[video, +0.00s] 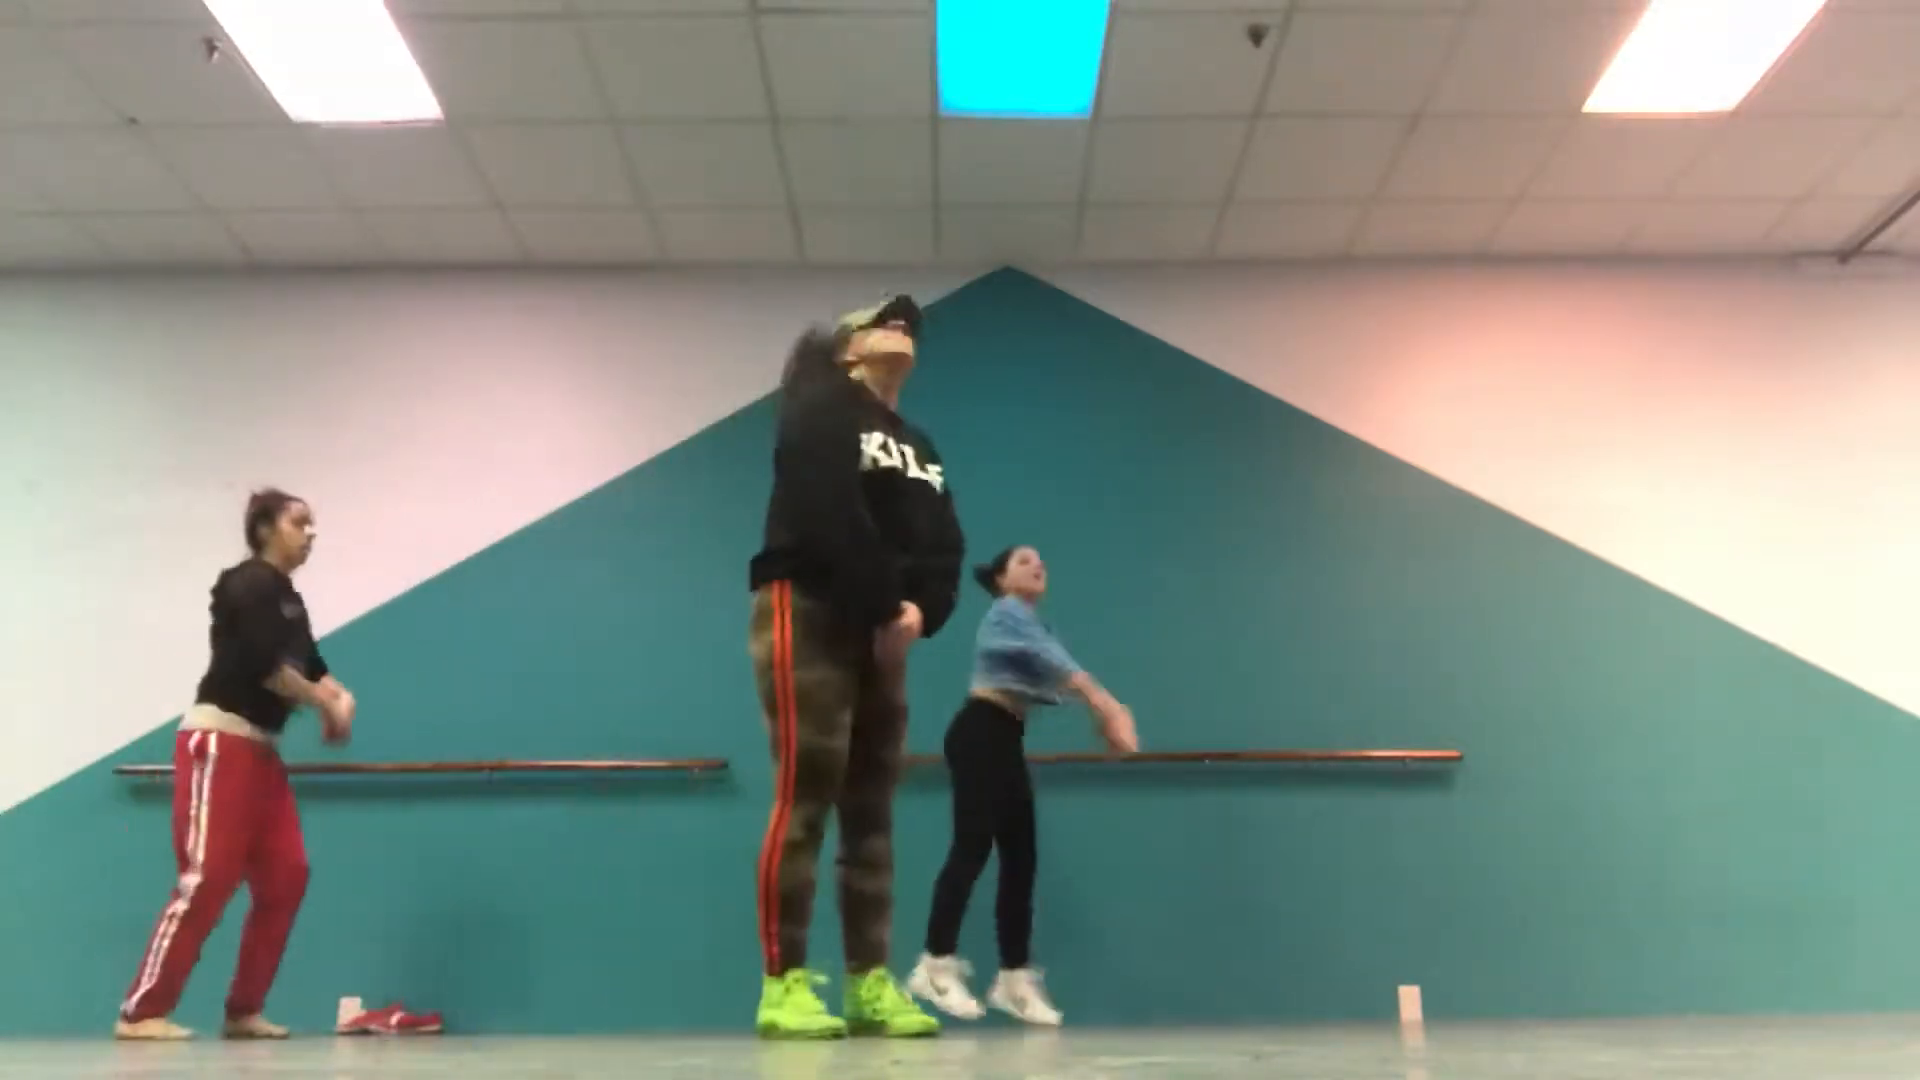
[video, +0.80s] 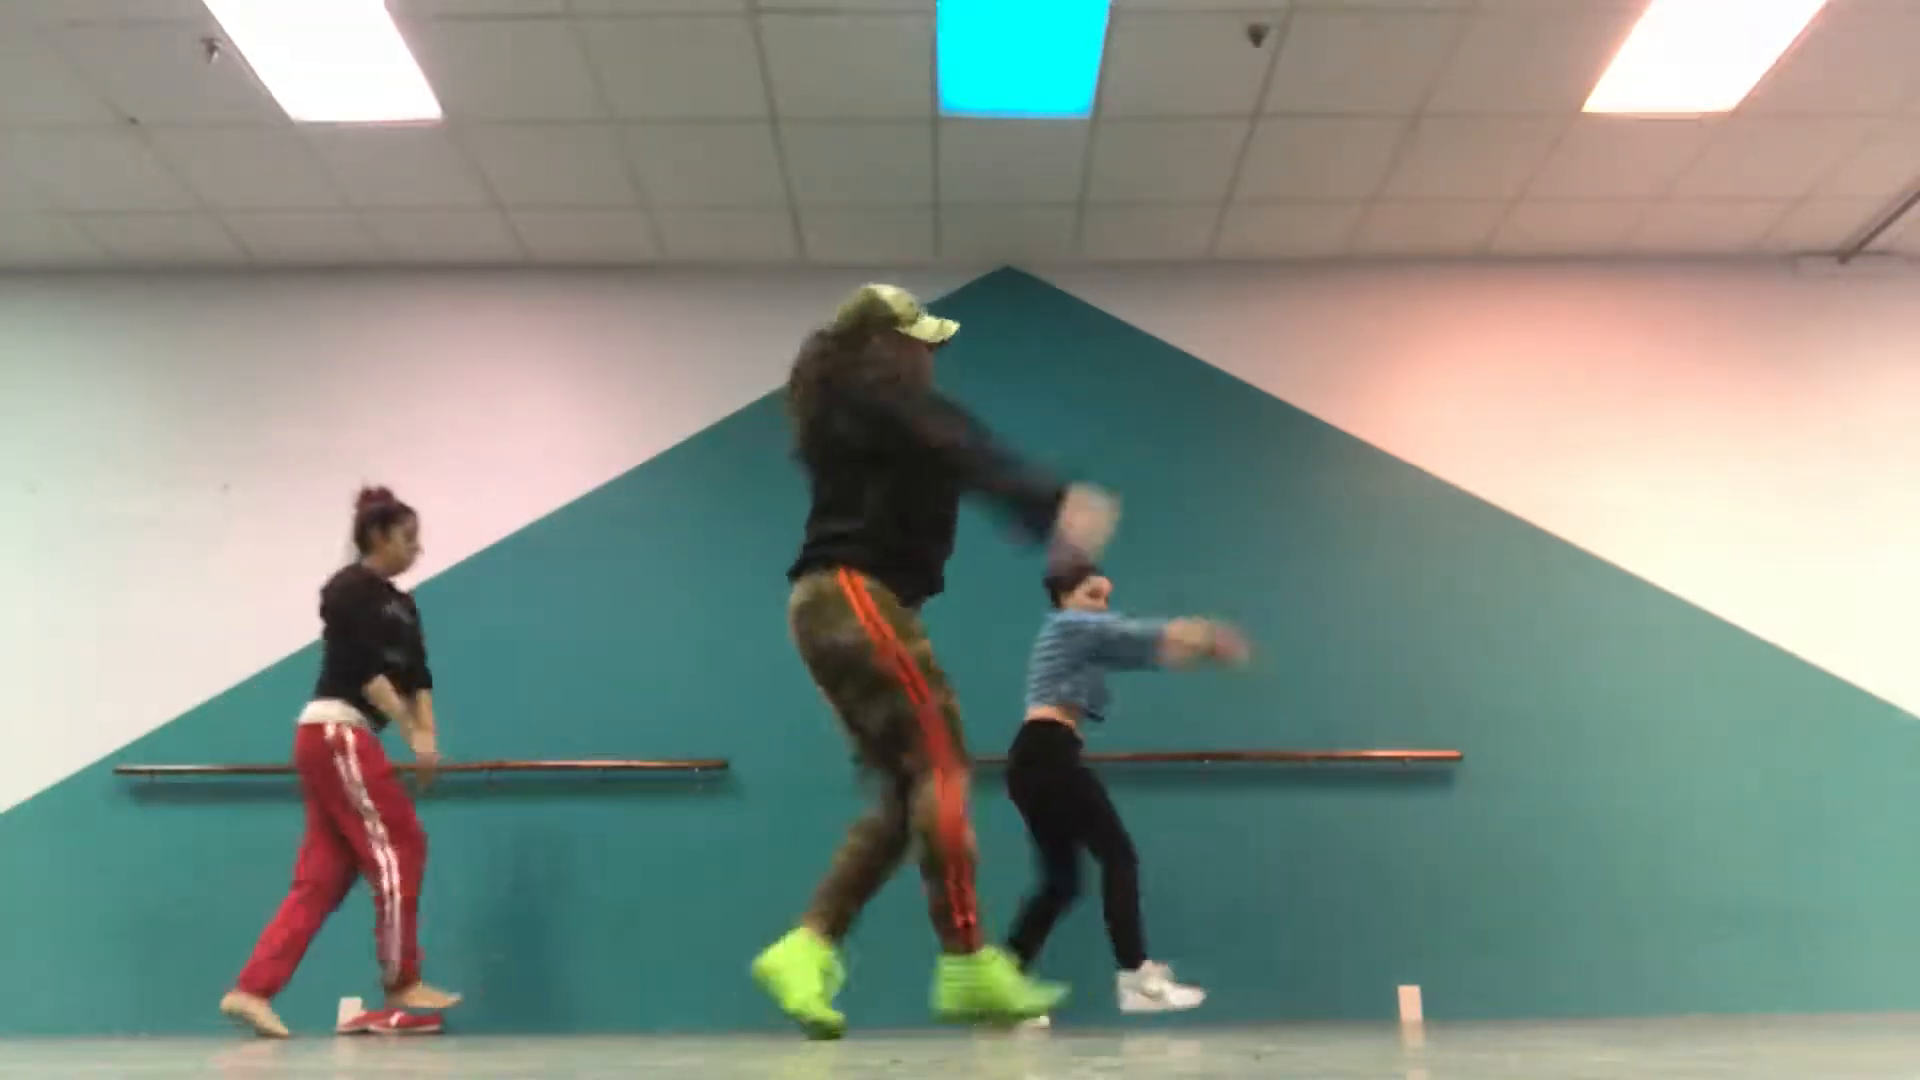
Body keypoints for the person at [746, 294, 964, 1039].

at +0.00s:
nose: (903, 329)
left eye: (906, 323)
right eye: (886, 321)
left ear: (905, 353)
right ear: (849, 345)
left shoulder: (915, 440)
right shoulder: (822, 402)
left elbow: (945, 541)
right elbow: (827, 510)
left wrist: (924, 606)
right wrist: (885, 597)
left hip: (879, 616)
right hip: (806, 602)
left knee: (870, 798)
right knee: (807, 792)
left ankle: (868, 981)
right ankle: (783, 984)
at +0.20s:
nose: (934, 375)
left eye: (937, 364)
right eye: (922, 362)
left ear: (919, 369)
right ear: (878, 360)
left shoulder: (926, 455)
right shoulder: (845, 412)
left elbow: (955, 550)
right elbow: (857, 528)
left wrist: (943, 614)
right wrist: (896, 624)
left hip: (890, 624)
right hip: (821, 608)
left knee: (906, 798)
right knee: (863, 778)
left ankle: (874, 978)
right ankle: (766, 957)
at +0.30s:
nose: (933, 390)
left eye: (935, 377)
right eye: (922, 376)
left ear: (902, 380)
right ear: (882, 374)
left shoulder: (914, 471)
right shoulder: (849, 425)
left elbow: (946, 552)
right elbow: (885, 528)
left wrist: (976, 601)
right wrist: (966, 589)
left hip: (885, 636)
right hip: (829, 619)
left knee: (924, 803)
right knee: (911, 771)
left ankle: (874, 989)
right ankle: (743, 859)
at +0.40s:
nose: (920, 360)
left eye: (921, 347)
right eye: (908, 345)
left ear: (883, 350)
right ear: (869, 344)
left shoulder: (877, 411)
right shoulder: (844, 395)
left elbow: (924, 492)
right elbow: (914, 474)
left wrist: (1001, 510)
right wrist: (1001, 513)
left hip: (866, 591)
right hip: (838, 583)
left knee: (892, 779)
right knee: (925, 741)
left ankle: (870, 980)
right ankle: (761, 834)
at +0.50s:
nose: (915, 343)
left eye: (915, 333)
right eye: (903, 331)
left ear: (871, 329)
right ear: (864, 328)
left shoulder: (876, 394)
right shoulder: (847, 373)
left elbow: (949, 467)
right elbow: (929, 425)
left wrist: (1031, 453)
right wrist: (1027, 432)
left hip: (852, 570)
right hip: (838, 561)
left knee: (887, 760)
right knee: (920, 731)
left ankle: (822, 946)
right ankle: (839, 902)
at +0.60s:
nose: (919, 366)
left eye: (918, 355)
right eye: (908, 354)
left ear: (879, 352)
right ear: (868, 351)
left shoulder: (900, 428)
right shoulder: (849, 401)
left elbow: (975, 452)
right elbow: (946, 397)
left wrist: (1043, 408)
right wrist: (1048, 379)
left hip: (862, 608)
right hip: (836, 599)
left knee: (844, 798)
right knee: (905, 767)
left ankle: (765, 969)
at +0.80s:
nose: (929, 361)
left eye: (928, 349)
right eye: (917, 348)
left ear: (876, 348)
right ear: (881, 346)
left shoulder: (882, 405)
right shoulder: (873, 396)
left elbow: (969, 467)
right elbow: (957, 450)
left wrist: (1049, 519)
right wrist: (1050, 497)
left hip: (857, 597)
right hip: (851, 594)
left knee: (905, 794)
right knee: (938, 767)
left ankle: (809, 947)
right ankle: (968, 960)